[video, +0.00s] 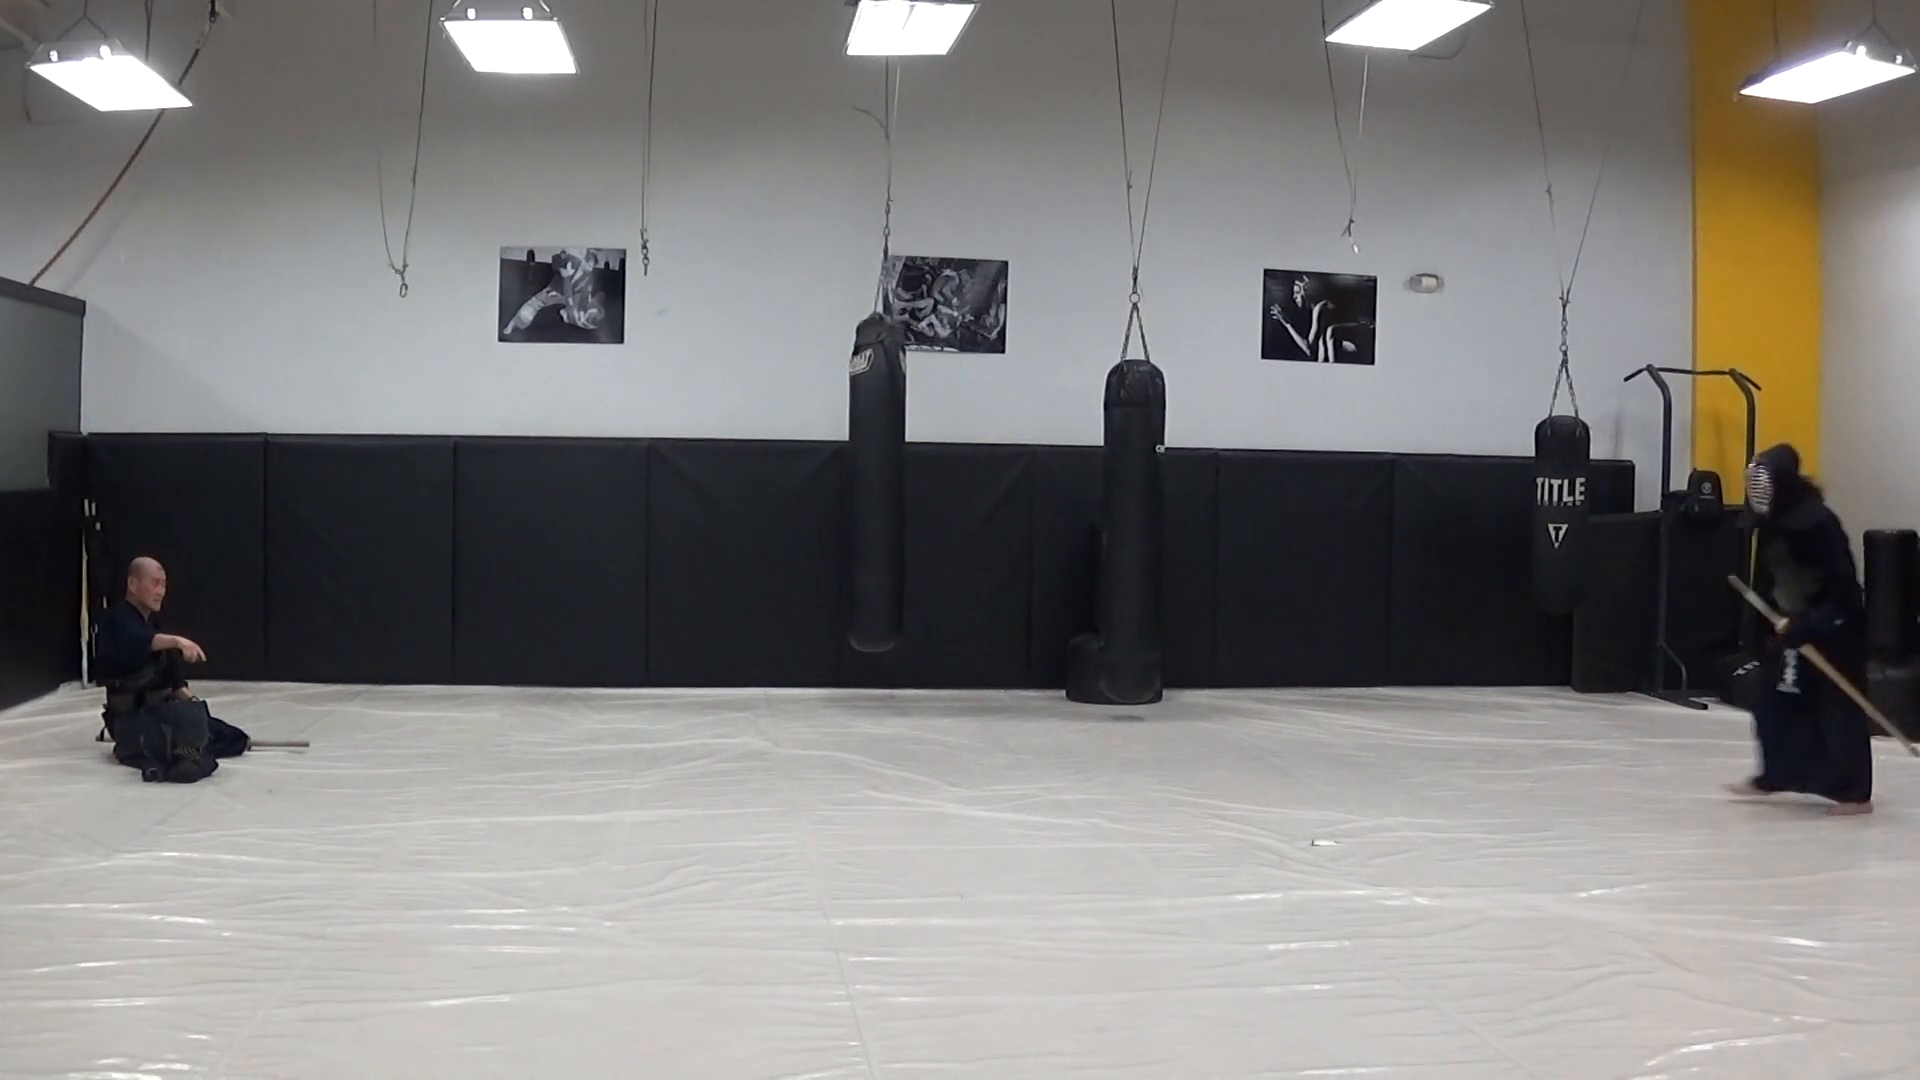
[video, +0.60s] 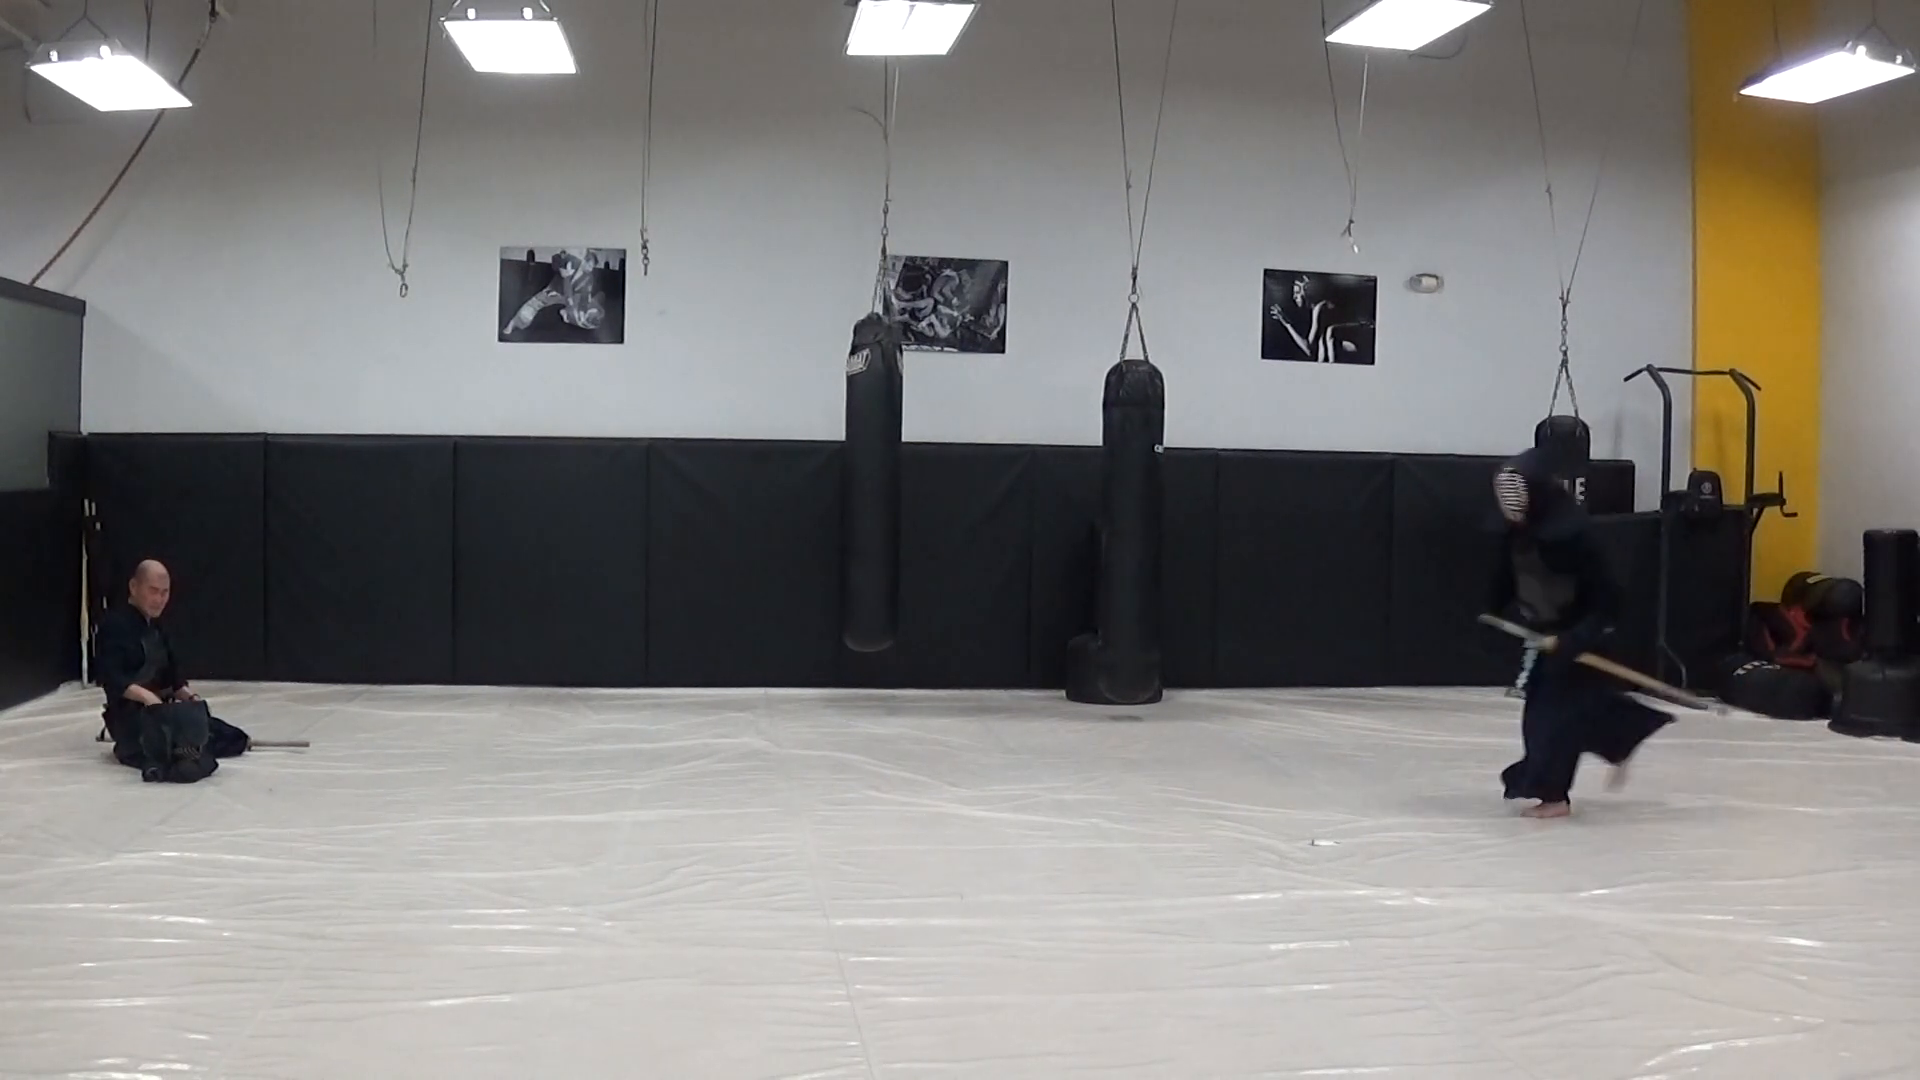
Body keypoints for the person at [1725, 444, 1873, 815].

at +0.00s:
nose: (1757, 488)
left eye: (1764, 481)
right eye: (1754, 480)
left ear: (1783, 483)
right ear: (1753, 481)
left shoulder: (1817, 522)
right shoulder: (1769, 521)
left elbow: (1844, 590)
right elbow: (1767, 582)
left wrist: (1804, 624)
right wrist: (1759, 631)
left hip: (1834, 626)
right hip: (1789, 625)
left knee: (1838, 705)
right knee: (1775, 699)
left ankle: (1854, 793)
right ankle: (1777, 774)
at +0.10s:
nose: (1716, 508)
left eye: (1721, 500)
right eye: (1713, 500)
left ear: (1740, 495)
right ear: (1721, 493)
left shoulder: (1778, 525)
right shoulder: (1740, 522)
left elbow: (1808, 591)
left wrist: (1770, 626)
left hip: (1801, 626)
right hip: (1760, 624)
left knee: (1815, 703)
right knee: (1731, 696)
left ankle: (1848, 789)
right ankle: (1708, 778)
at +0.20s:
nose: (1678, 504)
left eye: (1683, 496)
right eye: (1675, 495)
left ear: (1703, 495)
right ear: (1677, 493)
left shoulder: (1735, 526)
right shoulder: (1691, 526)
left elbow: (1770, 593)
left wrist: (1735, 632)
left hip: (1758, 626)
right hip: (1717, 626)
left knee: (1758, 707)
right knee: (1705, 701)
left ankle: (1824, 770)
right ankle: (1701, 783)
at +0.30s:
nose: (1638, 509)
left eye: (1644, 499)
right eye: (1634, 500)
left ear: (1665, 498)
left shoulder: (1703, 528)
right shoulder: (1650, 536)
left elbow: (1737, 590)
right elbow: (1641, 587)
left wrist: (1707, 631)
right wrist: (1628, 622)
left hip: (1713, 628)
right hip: (1680, 629)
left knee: (1675, 706)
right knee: (1674, 705)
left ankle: (1741, 765)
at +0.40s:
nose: (1593, 500)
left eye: (1600, 492)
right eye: (1590, 492)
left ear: (1621, 492)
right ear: (1588, 492)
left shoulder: (1658, 527)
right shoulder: (1603, 534)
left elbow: (1705, 585)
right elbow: (1582, 581)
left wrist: (1677, 625)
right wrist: (1558, 619)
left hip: (1682, 626)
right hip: (1653, 626)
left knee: (1624, 696)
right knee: (1664, 701)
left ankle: (1642, 784)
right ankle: (1690, 780)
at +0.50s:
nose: (1551, 504)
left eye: (1558, 495)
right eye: (1547, 494)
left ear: (1580, 494)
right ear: (1545, 491)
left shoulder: (1618, 529)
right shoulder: (1558, 529)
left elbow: (1661, 587)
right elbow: (1539, 572)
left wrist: (1632, 625)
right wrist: (1528, 600)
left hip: (1625, 628)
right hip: (1595, 625)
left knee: (1582, 697)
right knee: (1635, 698)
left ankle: (1556, 792)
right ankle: (1683, 761)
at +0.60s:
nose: (1509, 507)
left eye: (1515, 498)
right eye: (1504, 499)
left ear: (1534, 496)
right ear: (1503, 498)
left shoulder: (1568, 533)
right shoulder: (1513, 533)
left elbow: (1605, 598)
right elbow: (1504, 578)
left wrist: (1571, 638)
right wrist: (1494, 609)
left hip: (1575, 633)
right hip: (1541, 631)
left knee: (1549, 709)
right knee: (1552, 705)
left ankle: (1554, 797)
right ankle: (1620, 741)